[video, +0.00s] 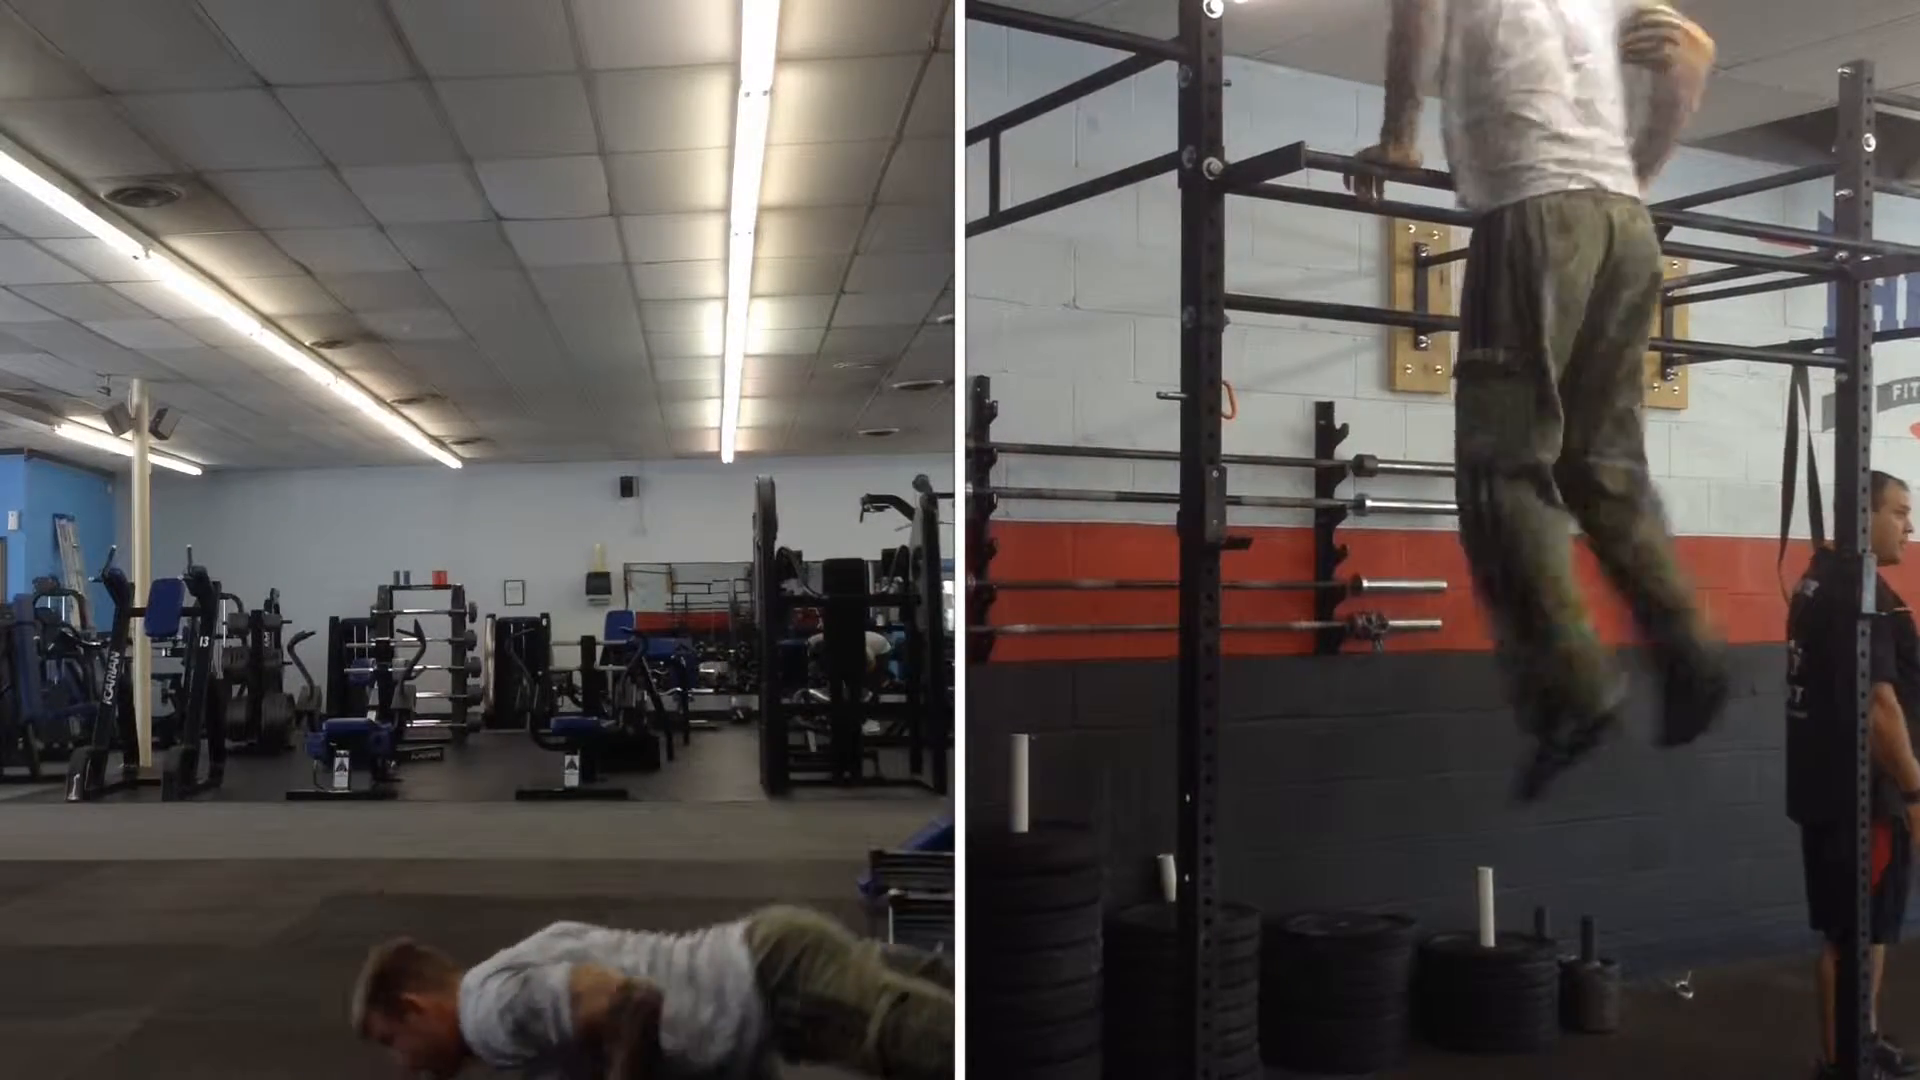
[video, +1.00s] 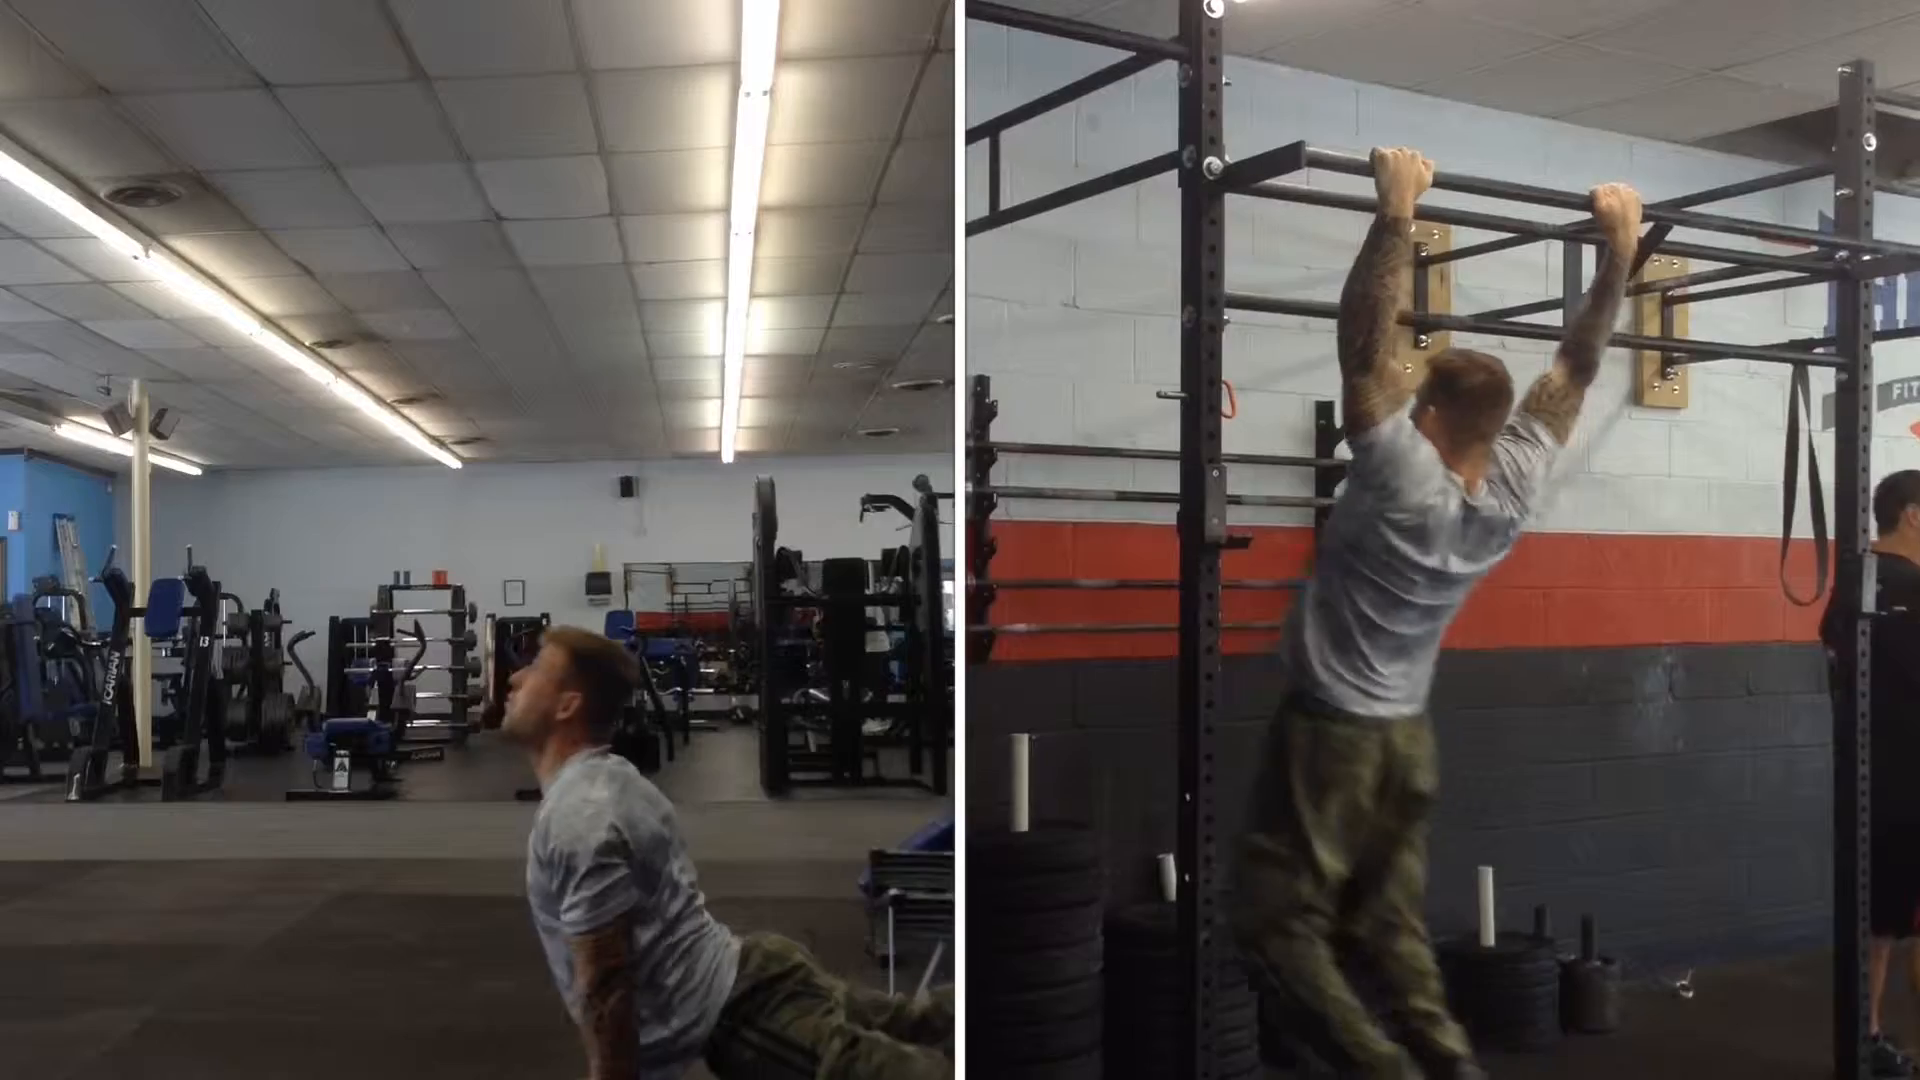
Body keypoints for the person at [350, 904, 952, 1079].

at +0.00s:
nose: (398, 1062)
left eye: (387, 1042)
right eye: (384, 1049)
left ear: (415, 1007)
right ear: (430, 985)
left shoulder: (489, 1007)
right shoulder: (507, 969)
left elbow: (626, 1001)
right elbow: (633, 989)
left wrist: (616, 1072)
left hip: (773, 982)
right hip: (773, 949)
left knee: (954, 1046)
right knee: (962, 1008)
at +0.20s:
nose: (364, 1001)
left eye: (364, 979)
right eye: (359, 982)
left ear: (401, 962)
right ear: (416, 949)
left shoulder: (476, 992)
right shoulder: (509, 942)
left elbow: (618, 997)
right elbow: (650, 943)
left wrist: (615, 1073)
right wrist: (589, 1031)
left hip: (750, 1034)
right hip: (756, 994)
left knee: (930, 1066)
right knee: (936, 1017)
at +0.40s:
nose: (377, 891)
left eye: (385, 872)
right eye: (377, 873)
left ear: (429, 870)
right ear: (445, 866)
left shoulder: (486, 930)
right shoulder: (534, 885)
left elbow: (619, 998)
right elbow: (653, 946)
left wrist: (616, 1072)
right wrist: (609, 1038)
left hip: (742, 1041)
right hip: (753, 1003)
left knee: (926, 1070)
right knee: (924, 1026)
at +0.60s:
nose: (426, 776)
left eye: (437, 759)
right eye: (429, 759)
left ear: (480, 770)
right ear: (492, 769)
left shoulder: (519, 855)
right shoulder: (552, 814)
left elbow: (611, 990)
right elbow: (640, 936)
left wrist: (616, 1072)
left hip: (745, 1028)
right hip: (755, 978)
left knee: (930, 1064)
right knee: (923, 1017)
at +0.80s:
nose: (473, 703)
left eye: (489, 690)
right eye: (481, 689)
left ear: (531, 714)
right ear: (534, 715)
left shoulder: (562, 817)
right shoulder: (580, 779)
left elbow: (600, 983)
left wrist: (611, 1070)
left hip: (751, 1001)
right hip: (756, 957)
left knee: (933, 1062)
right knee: (924, 1005)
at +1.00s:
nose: (512, 679)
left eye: (532, 669)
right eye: (525, 665)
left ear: (568, 705)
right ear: (569, 709)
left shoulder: (584, 819)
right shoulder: (603, 780)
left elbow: (607, 994)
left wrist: (612, 1073)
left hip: (745, 1017)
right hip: (751, 969)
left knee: (931, 1073)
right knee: (916, 1017)